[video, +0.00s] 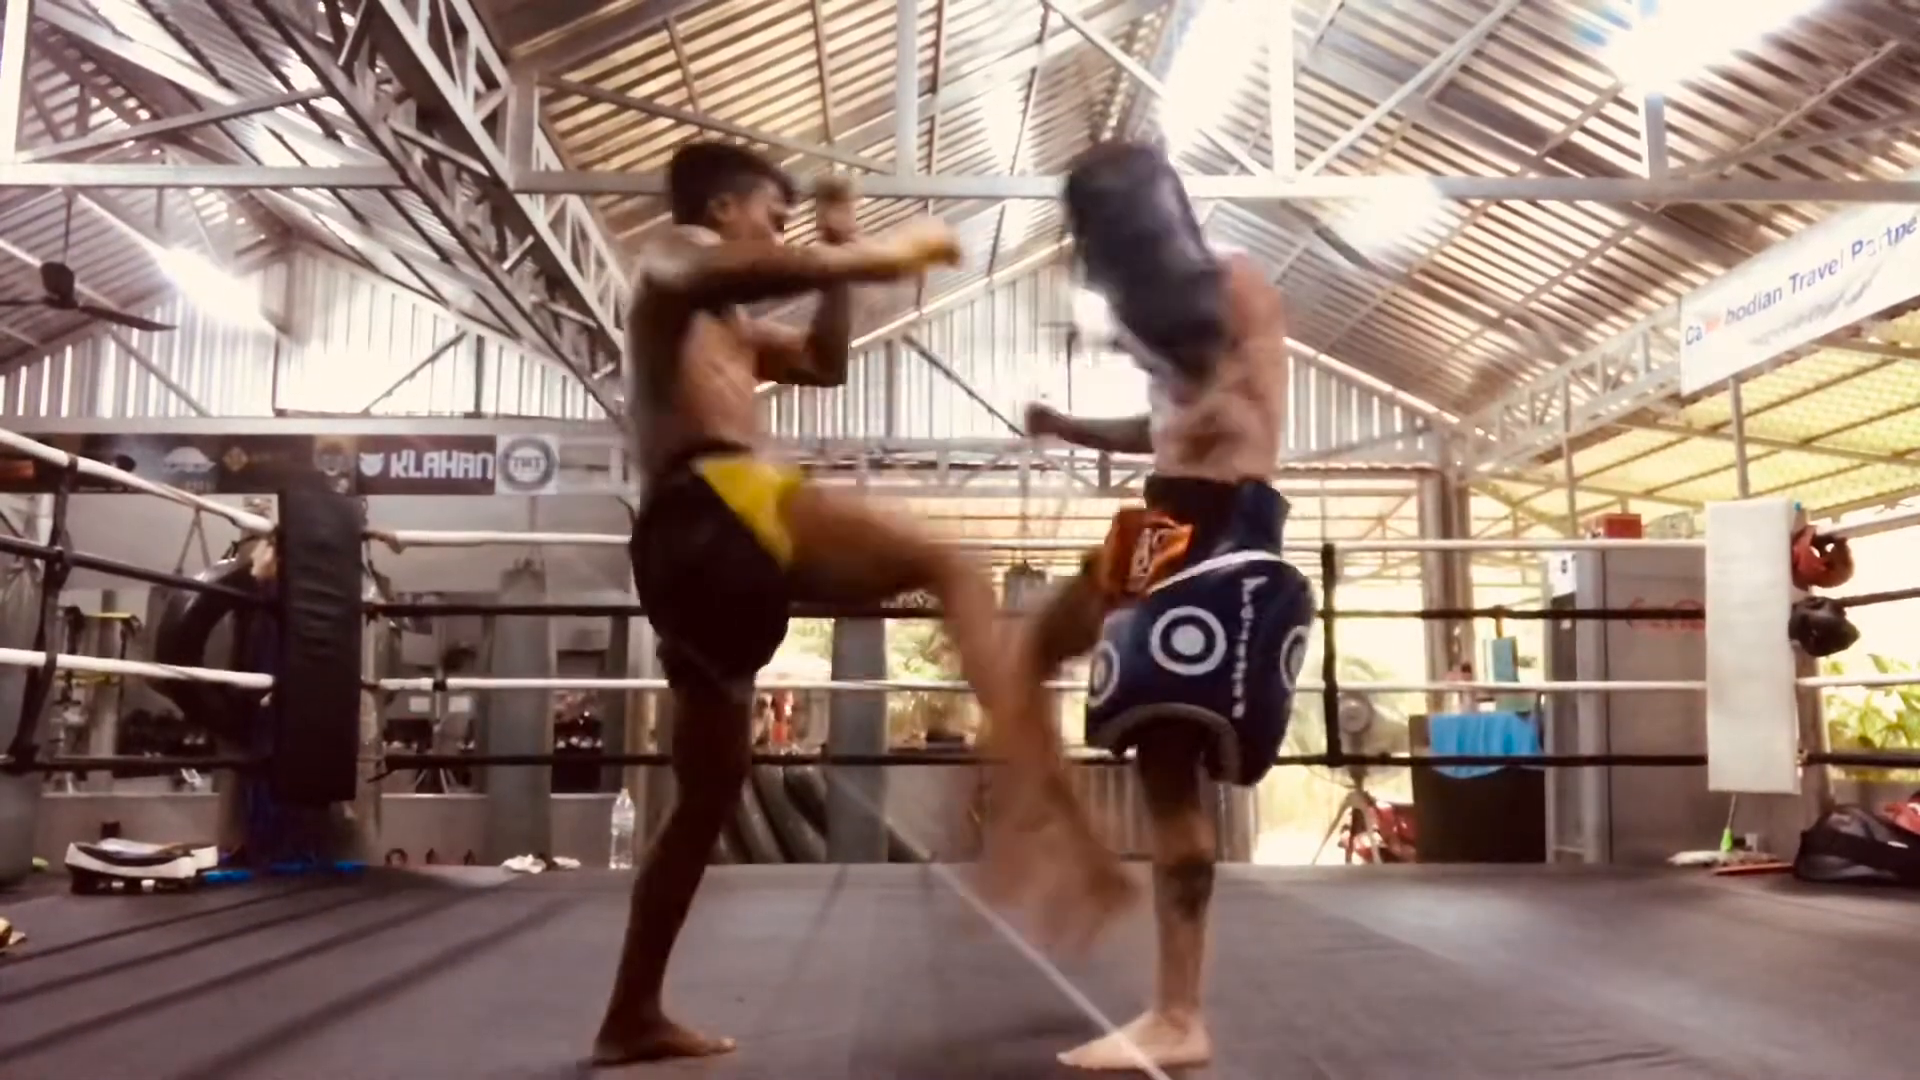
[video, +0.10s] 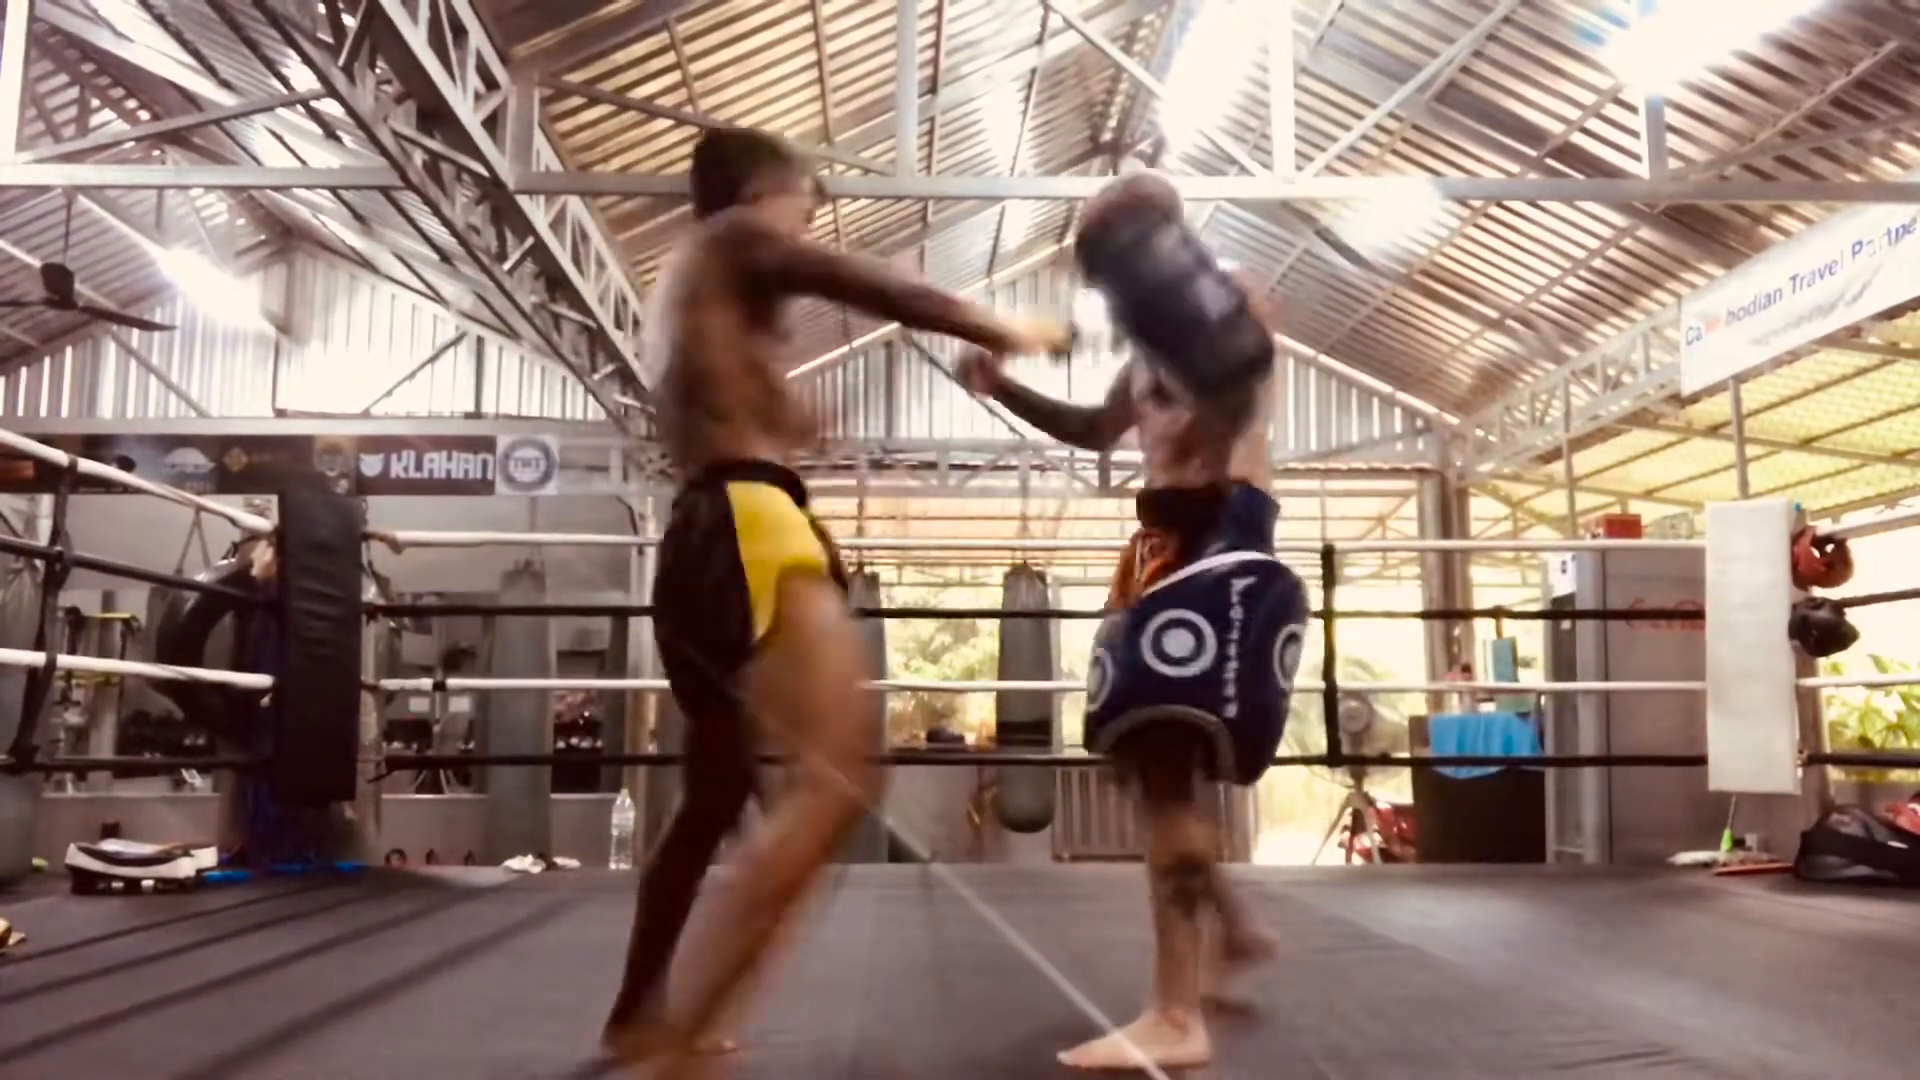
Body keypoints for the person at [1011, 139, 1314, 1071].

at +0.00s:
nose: (1101, 245)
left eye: (1113, 224)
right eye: (1094, 232)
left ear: (1158, 209)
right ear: (1099, 232)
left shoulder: (1232, 280)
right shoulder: (1167, 308)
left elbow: (1203, 350)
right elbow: (1166, 426)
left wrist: (1122, 254)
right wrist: (1075, 430)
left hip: (1219, 519)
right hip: (1162, 515)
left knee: (1169, 767)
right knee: (1018, 656)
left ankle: (1178, 1017)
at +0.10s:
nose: (1109, 268)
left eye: (1122, 245)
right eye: (1101, 254)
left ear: (1164, 235)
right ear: (1111, 264)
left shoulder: (1232, 306)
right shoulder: (1148, 351)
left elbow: (1229, 365)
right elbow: (1094, 429)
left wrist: (1149, 271)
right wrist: (999, 389)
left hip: (1211, 544)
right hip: (1158, 544)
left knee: (1169, 768)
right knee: (1141, 748)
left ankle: (1177, 1016)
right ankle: (1237, 928)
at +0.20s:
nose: (1086, 282)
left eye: (1097, 263)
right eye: (1082, 267)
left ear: (1147, 253)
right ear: (1127, 256)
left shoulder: (1219, 327)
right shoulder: (1135, 346)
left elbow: (1203, 426)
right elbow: (1061, 440)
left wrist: (1103, 333)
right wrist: (988, 379)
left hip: (1222, 551)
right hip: (1186, 551)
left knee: (1141, 768)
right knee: (1229, 777)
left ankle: (1174, 1014)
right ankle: (1290, 965)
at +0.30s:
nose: (1070, 321)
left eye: (1079, 299)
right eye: (1063, 306)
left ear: (1131, 280)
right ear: (1104, 299)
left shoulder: (1206, 347)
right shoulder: (1137, 383)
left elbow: (1225, 482)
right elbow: (1147, 487)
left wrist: (1105, 442)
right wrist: (1050, 439)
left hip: (1233, 566)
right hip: (1204, 567)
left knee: (1146, 776)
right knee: (1235, 786)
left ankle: (1175, 1014)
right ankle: (1291, 969)